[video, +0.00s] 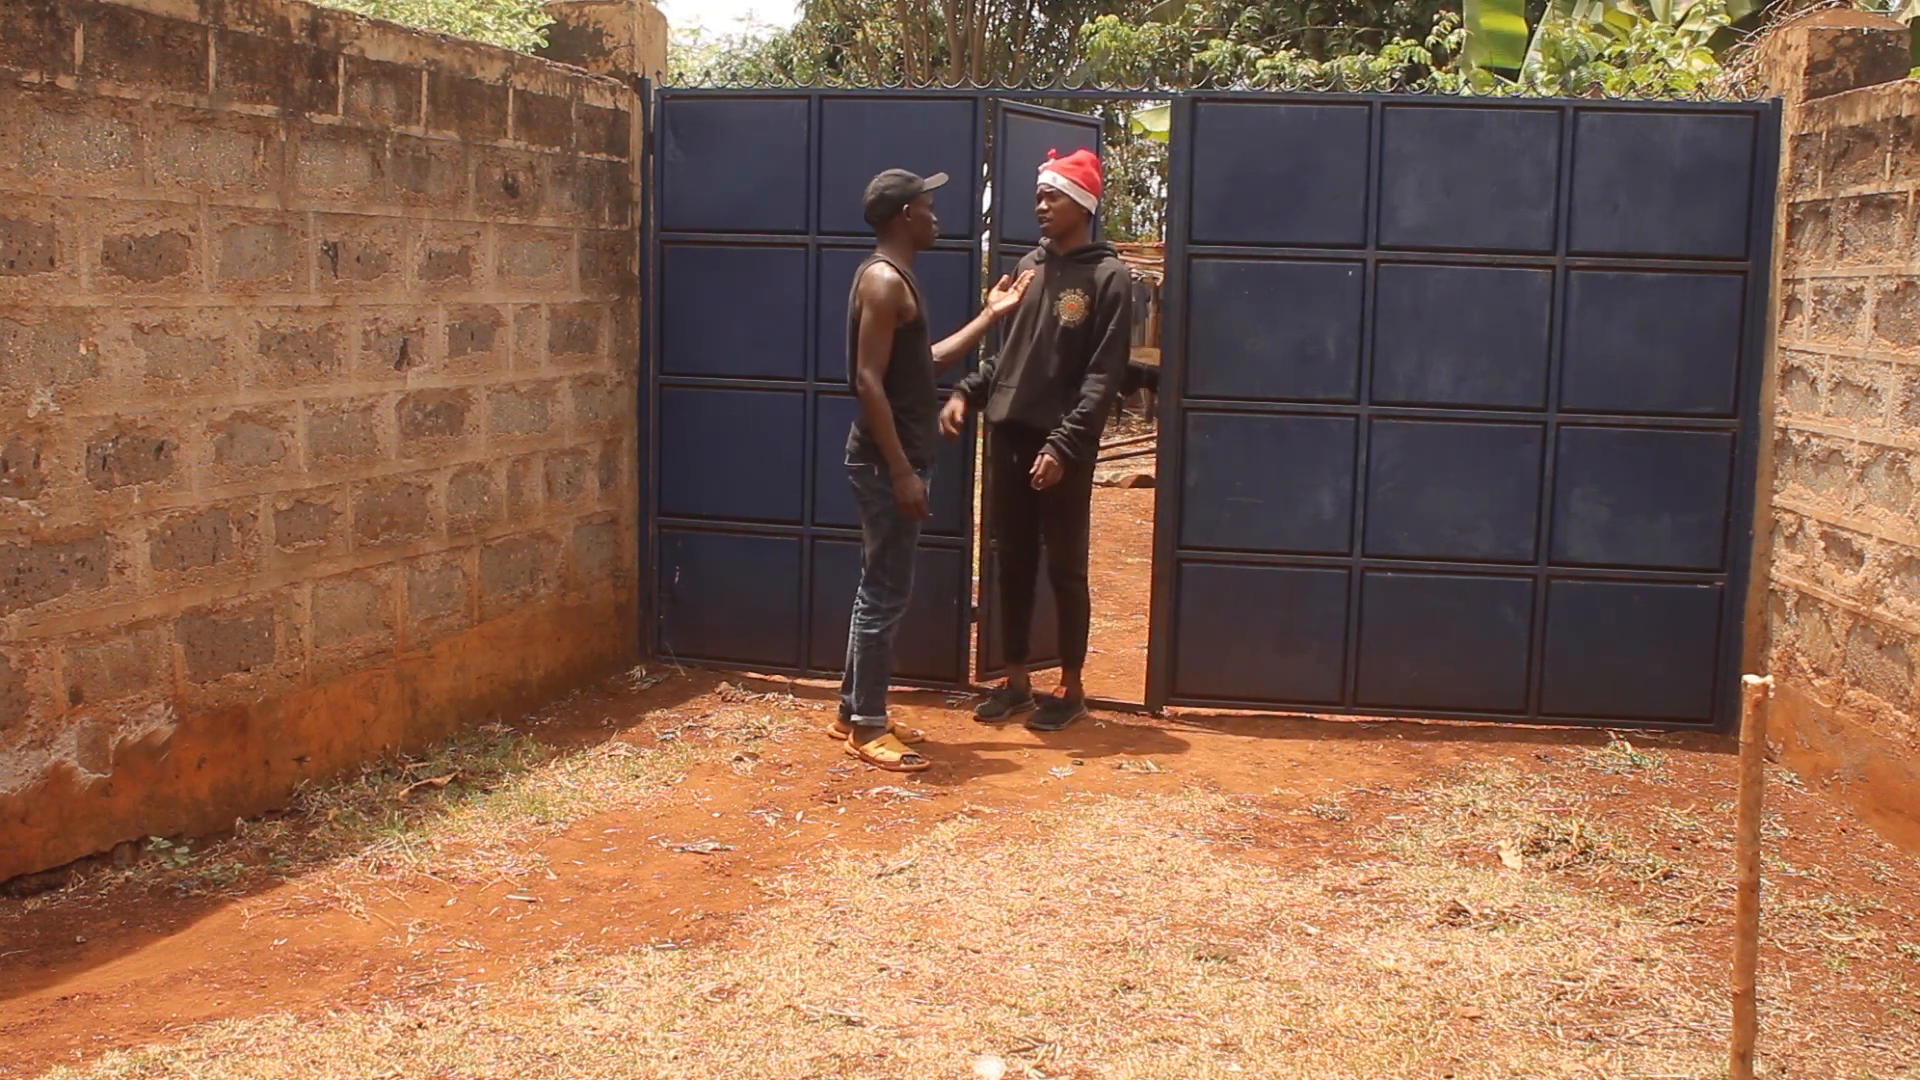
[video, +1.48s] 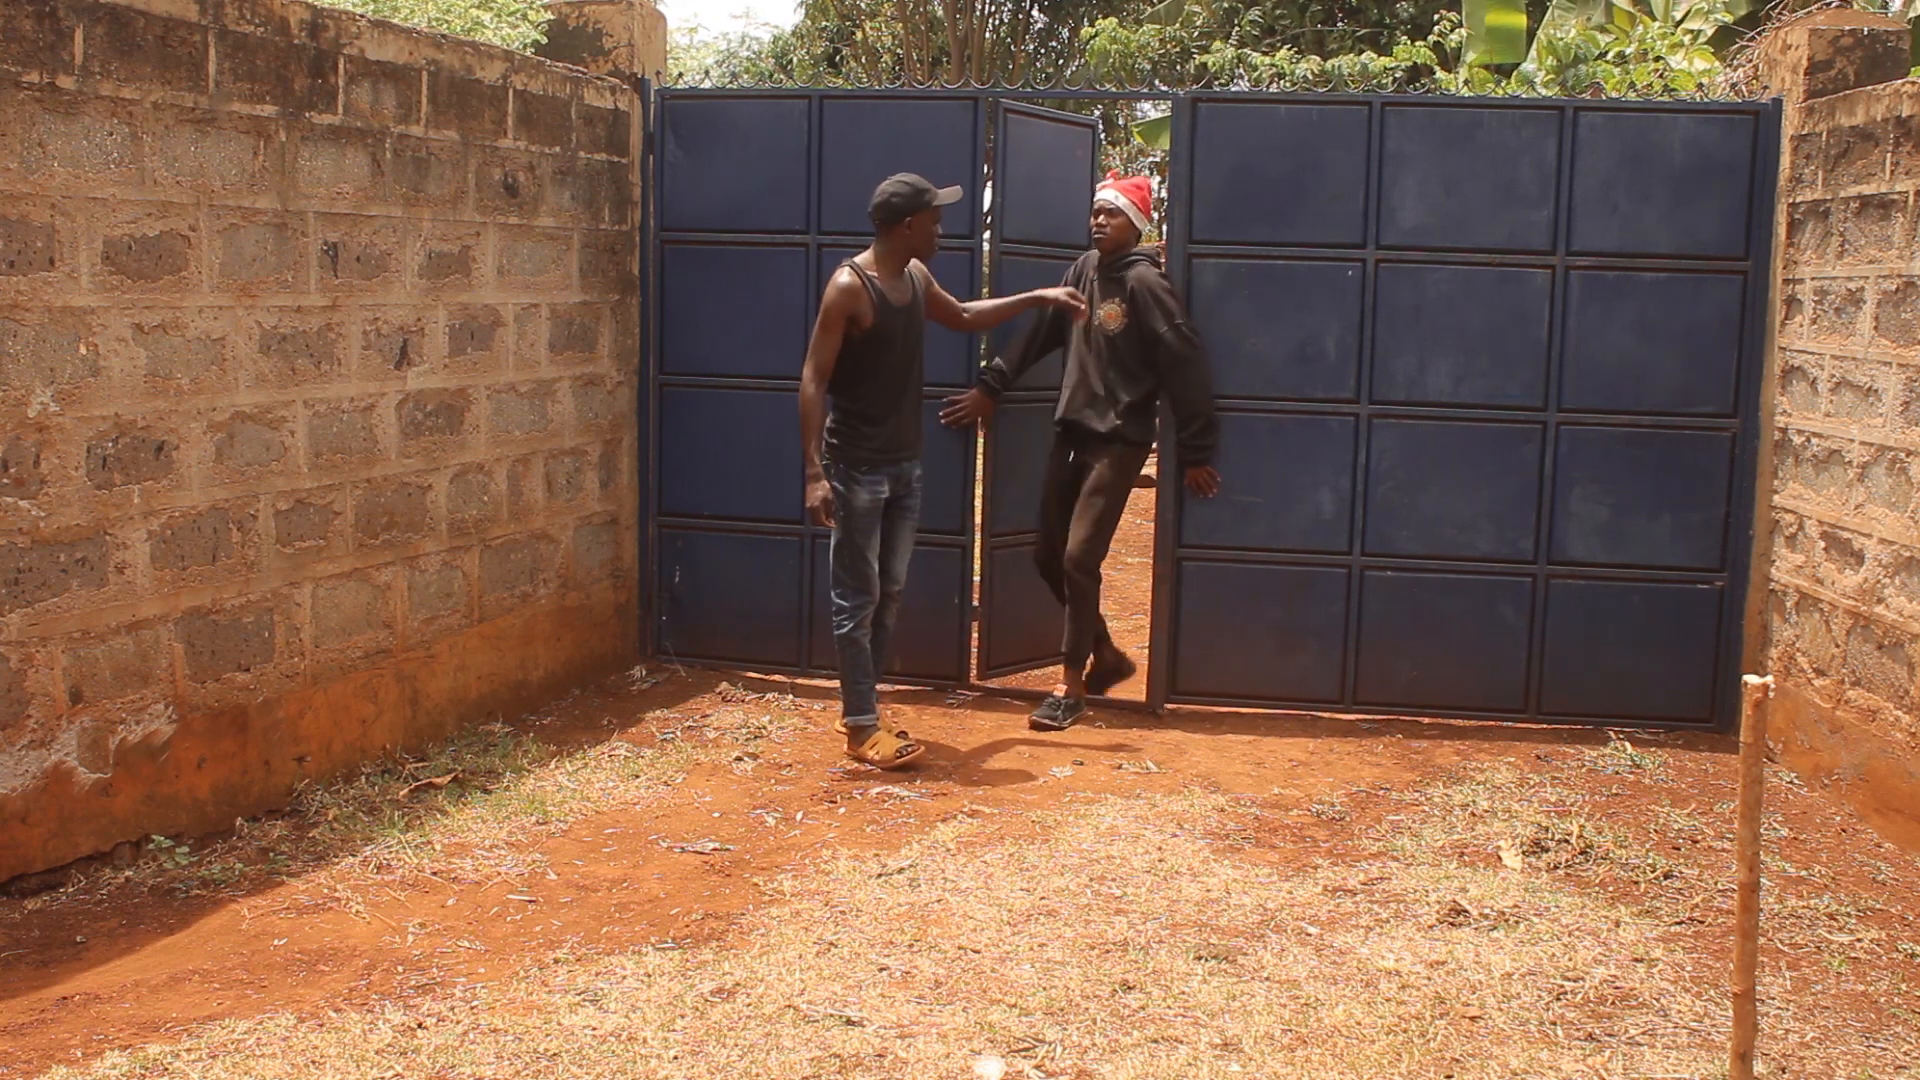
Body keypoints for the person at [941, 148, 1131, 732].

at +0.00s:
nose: (1042, 206)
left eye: (1054, 197)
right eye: (1040, 196)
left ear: (1086, 205)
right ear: (1039, 201)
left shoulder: (1113, 278)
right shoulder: (1027, 268)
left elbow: (1104, 377)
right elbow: (1001, 352)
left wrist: (1063, 445)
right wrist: (963, 392)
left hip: (1065, 442)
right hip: (1008, 435)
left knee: (1065, 567)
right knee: (1011, 560)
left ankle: (1070, 689)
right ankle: (1014, 681)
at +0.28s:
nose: (1043, 207)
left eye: (1055, 198)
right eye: (1040, 197)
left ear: (1088, 205)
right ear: (1039, 202)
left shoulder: (1118, 278)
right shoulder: (1025, 269)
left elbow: (1121, 377)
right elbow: (1000, 351)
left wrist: (1105, 460)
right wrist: (996, 423)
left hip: (1073, 444)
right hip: (1013, 437)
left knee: (1070, 568)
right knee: (1013, 562)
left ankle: (1071, 688)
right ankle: (1016, 681)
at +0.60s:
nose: (1052, 209)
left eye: (1065, 201)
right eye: (1050, 198)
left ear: (1096, 208)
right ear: (1048, 202)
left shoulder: (1123, 280)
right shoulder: (1029, 265)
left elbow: (1133, 373)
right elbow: (1000, 351)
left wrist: (1123, 457)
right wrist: (983, 424)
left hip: (1078, 438)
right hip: (1016, 433)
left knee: (1072, 566)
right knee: (1015, 561)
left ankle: (1071, 688)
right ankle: (1015, 682)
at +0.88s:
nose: (1072, 216)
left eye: (1084, 208)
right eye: (1069, 206)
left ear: (1114, 212)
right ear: (1068, 210)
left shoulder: (1139, 277)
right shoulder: (1054, 267)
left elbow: (1145, 372)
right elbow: (1012, 345)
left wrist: (1124, 453)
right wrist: (967, 402)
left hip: (1085, 435)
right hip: (1025, 427)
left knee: (1069, 564)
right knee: (999, 552)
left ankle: (1071, 688)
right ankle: (1024, 674)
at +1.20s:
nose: (1097, 217)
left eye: (1111, 209)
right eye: (1095, 206)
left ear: (1138, 218)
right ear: (1088, 211)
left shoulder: (1151, 277)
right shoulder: (1070, 263)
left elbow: (1187, 368)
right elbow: (1021, 329)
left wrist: (1205, 454)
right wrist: (973, 385)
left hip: (1112, 433)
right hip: (1053, 424)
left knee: (1085, 559)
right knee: (1009, 534)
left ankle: (1073, 690)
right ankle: (1050, 641)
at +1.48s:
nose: (1098, 221)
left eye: (1111, 215)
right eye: (1096, 212)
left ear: (1138, 226)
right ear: (1092, 219)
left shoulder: (1145, 281)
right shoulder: (1084, 268)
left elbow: (1186, 364)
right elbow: (1040, 332)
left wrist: (1195, 452)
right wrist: (990, 386)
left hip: (1121, 438)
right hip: (1073, 432)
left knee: (1080, 557)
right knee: (1051, 556)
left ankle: (1070, 693)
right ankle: (1109, 657)